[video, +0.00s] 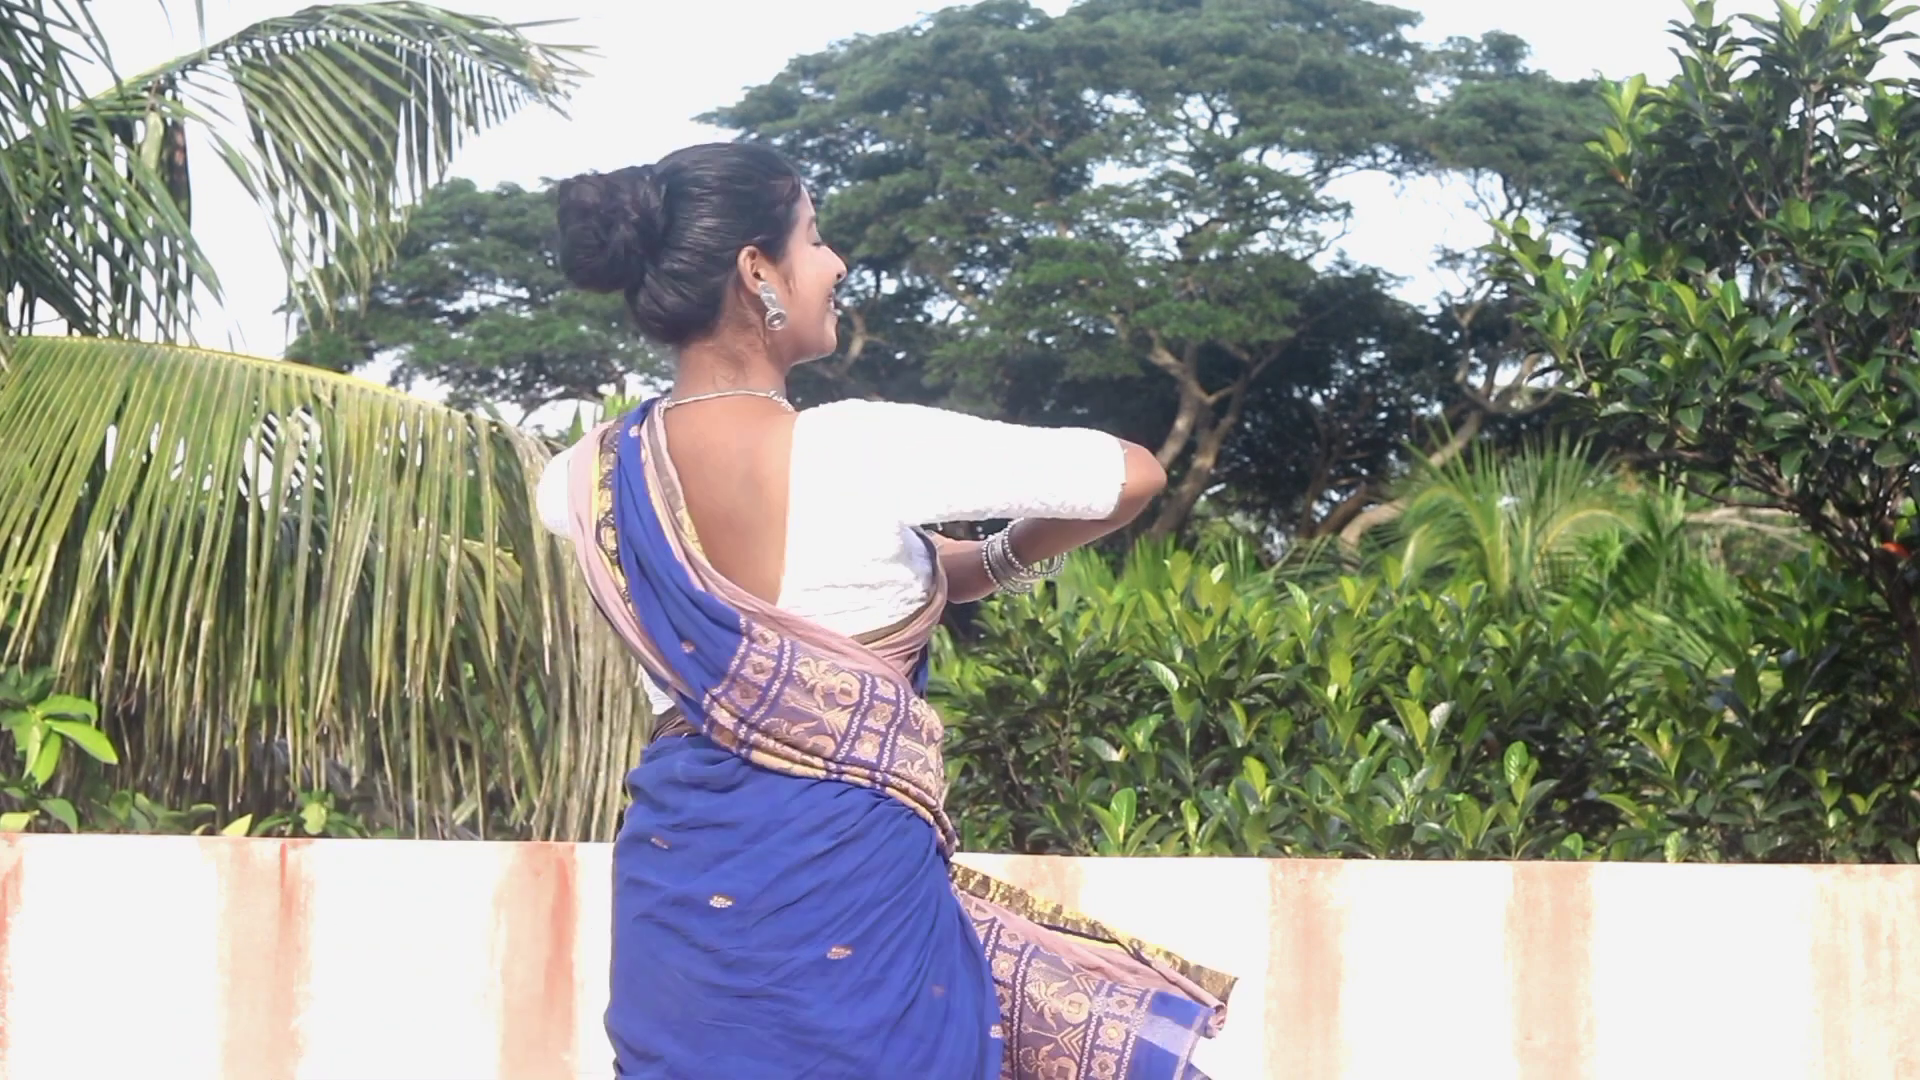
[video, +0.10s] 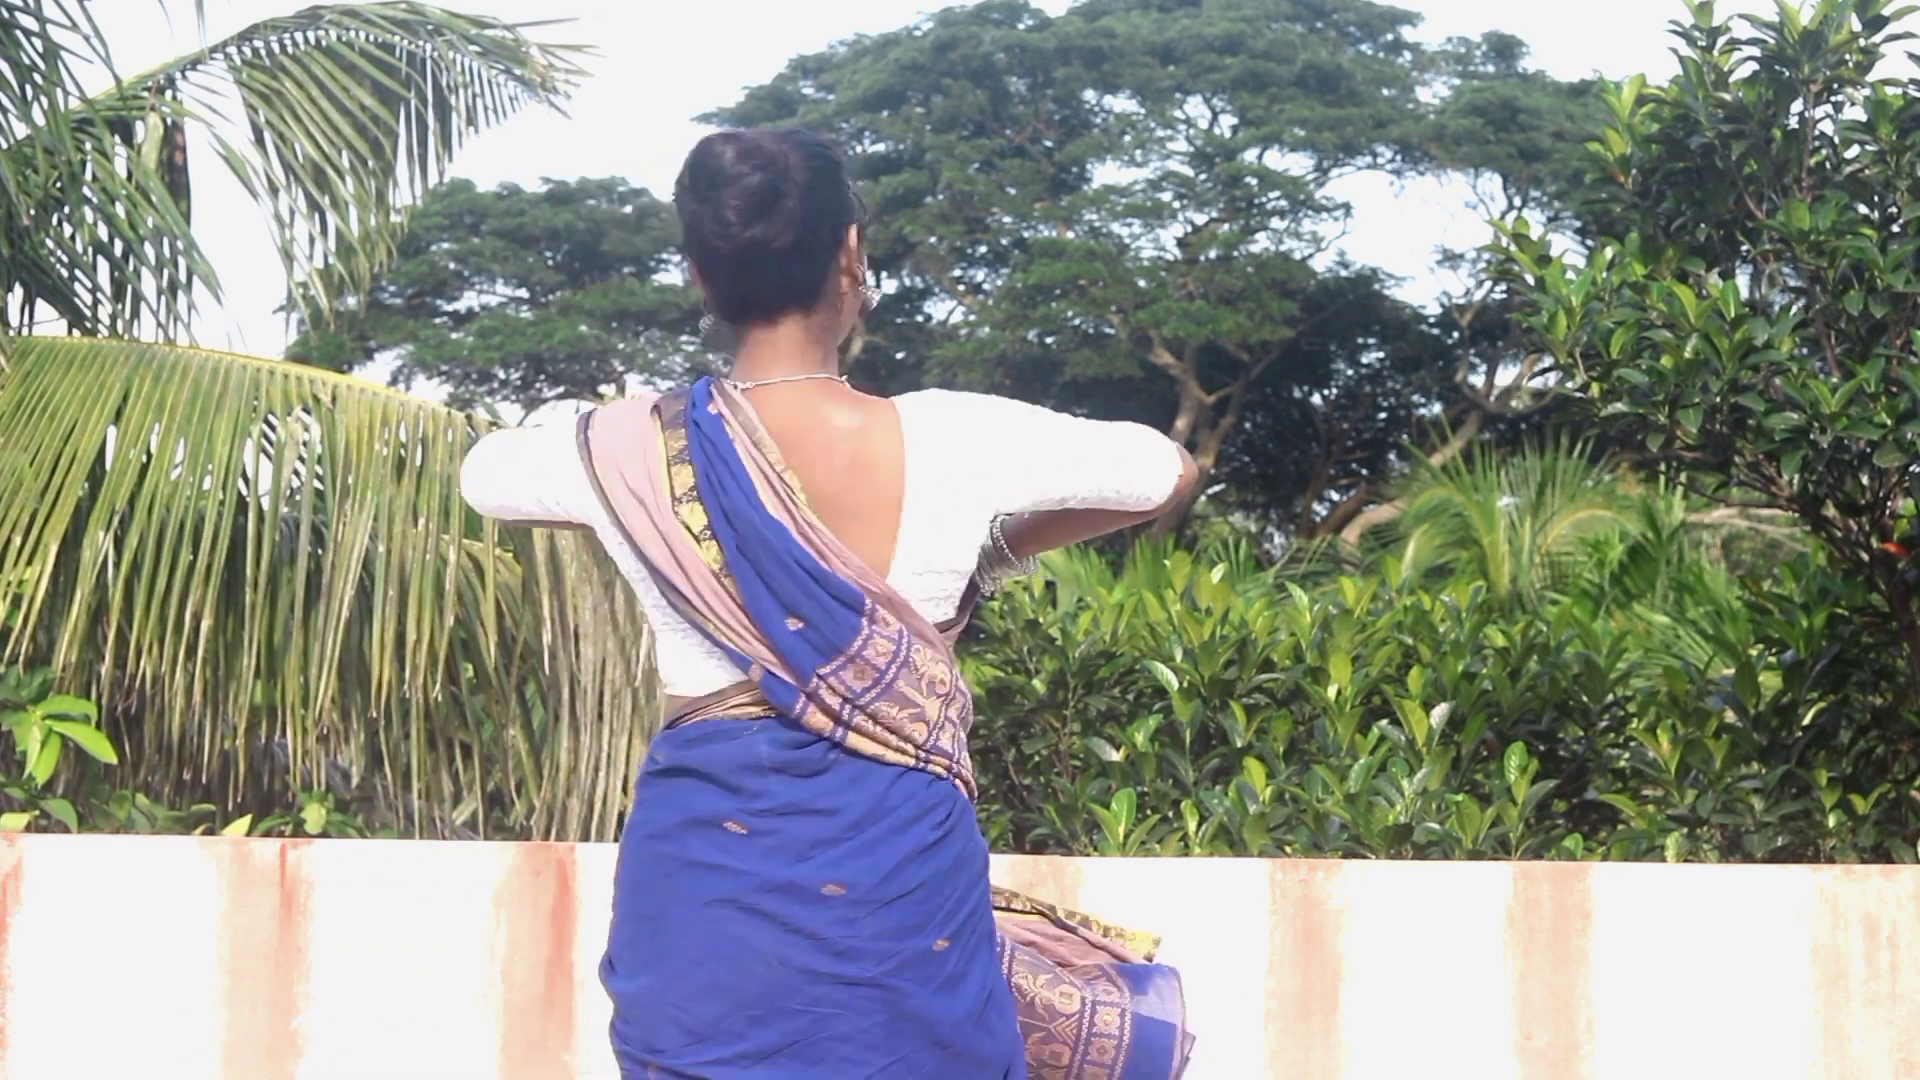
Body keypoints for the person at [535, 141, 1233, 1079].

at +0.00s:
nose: (837, 262)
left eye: (823, 236)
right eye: (816, 239)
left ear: (670, 294)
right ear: (757, 277)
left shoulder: (595, 472)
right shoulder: (854, 446)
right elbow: (1132, 477)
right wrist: (989, 562)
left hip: (665, 892)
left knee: (676, 1061)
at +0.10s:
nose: (871, 262)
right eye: (866, 240)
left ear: (697, 280)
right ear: (852, 259)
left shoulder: (622, 442)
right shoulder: (952, 439)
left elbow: (485, 475)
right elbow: (1168, 474)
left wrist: (641, 499)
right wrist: (998, 546)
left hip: (696, 866)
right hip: (903, 870)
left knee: (691, 1060)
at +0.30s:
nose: (742, 276)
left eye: (744, 249)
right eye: (742, 248)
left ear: (787, 265)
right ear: (906, 257)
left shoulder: (709, 411)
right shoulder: (995, 430)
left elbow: (475, 419)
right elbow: (1075, 468)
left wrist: (649, 503)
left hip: (772, 821)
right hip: (954, 836)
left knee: (738, 1058)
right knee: (938, 1061)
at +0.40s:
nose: (745, 275)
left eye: (756, 248)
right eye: (748, 247)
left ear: (823, 265)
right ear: (917, 263)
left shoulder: (749, 401)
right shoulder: (1005, 433)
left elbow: (506, 406)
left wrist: (643, 509)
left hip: (800, 817)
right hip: (967, 825)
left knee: (766, 1058)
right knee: (944, 1059)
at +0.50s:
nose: (771, 283)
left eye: (802, 255)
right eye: (774, 254)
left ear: (894, 269)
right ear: (889, 275)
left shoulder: (849, 405)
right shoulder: (929, 407)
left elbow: (637, 392)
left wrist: (677, 534)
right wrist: (730, 539)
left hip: (857, 827)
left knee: (824, 1058)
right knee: (930, 1056)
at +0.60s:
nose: (793, 288)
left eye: (829, 262)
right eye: (788, 260)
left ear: (921, 275)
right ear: (778, 261)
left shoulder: (900, 409)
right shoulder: (866, 410)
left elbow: (727, 389)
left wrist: (695, 521)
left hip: (891, 824)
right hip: (798, 818)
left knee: (859, 1058)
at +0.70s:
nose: (840, 304)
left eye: (879, 274)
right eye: (819, 272)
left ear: (951, 283)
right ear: (796, 277)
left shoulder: (976, 419)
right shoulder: (814, 438)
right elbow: (655, 445)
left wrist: (783, 497)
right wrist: (655, 518)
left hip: (940, 822)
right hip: (807, 829)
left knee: (910, 1058)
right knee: (764, 1061)